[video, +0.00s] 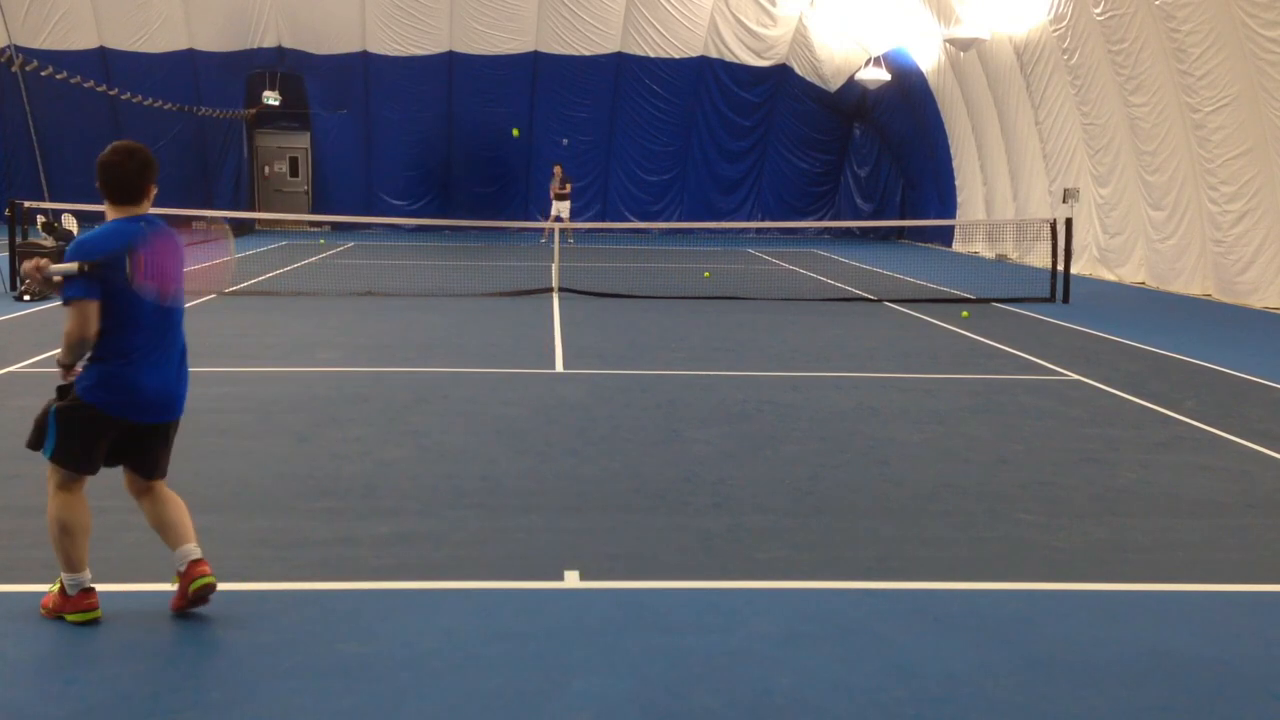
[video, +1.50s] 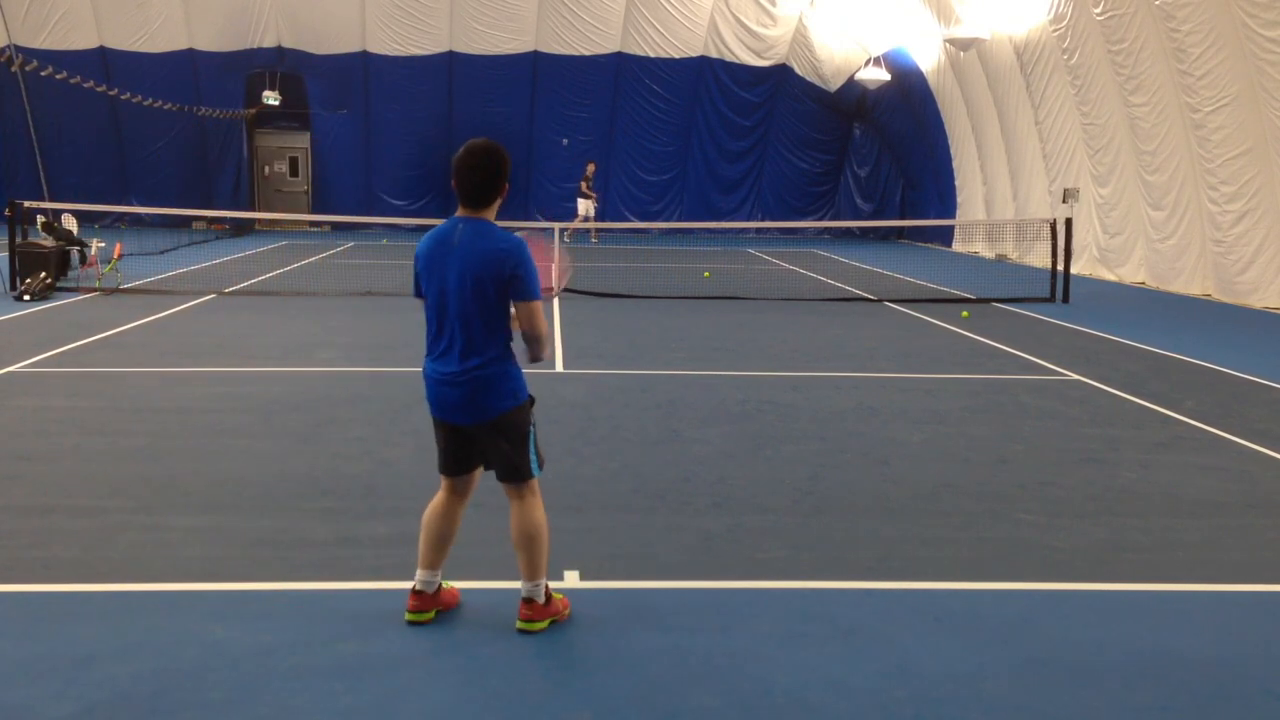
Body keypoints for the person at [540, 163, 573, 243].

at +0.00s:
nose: (556, 171)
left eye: (558, 169)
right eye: (555, 169)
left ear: (561, 170)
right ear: (553, 171)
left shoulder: (566, 179)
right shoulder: (553, 180)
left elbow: (568, 190)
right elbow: (551, 188)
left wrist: (557, 191)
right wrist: (552, 194)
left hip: (565, 201)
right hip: (556, 200)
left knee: (566, 219)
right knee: (552, 218)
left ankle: (570, 237)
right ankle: (545, 236)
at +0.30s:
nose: (559, 170)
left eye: (561, 168)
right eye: (558, 168)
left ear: (564, 168)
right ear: (557, 169)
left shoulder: (566, 176)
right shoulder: (560, 177)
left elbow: (559, 183)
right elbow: (551, 185)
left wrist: (550, 175)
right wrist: (549, 177)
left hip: (573, 198)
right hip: (566, 198)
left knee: (574, 217)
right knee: (566, 217)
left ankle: (577, 236)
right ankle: (568, 235)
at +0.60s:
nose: (563, 175)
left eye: (564, 173)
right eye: (562, 174)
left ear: (568, 172)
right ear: (562, 174)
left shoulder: (573, 179)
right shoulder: (568, 181)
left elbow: (569, 186)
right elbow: (570, 193)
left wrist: (560, 191)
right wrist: (567, 201)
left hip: (580, 201)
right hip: (573, 201)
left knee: (584, 219)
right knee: (569, 218)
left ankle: (594, 235)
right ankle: (570, 237)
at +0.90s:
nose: (577, 169)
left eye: (578, 167)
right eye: (576, 168)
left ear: (582, 167)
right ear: (575, 169)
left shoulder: (588, 176)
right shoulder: (577, 177)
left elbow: (597, 181)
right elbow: (567, 176)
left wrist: (594, 182)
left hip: (590, 199)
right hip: (581, 200)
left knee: (592, 218)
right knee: (578, 217)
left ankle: (593, 236)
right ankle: (571, 236)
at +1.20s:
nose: (588, 168)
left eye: (589, 166)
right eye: (586, 166)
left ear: (591, 167)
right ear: (584, 168)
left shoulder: (591, 177)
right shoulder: (584, 176)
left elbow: (593, 186)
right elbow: (596, 177)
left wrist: (597, 192)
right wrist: (606, 177)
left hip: (591, 199)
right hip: (584, 199)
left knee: (592, 218)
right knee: (581, 217)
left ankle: (593, 236)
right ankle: (569, 233)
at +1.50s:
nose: (591, 169)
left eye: (593, 167)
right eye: (590, 167)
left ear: (594, 169)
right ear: (587, 168)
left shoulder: (591, 178)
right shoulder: (584, 177)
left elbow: (589, 191)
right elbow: (583, 189)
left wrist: (593, 200)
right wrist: (593, 194)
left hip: (589, 199)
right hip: (582, 199)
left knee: (591, 218)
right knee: (581, 217)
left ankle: (593, 235)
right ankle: (568, 233)